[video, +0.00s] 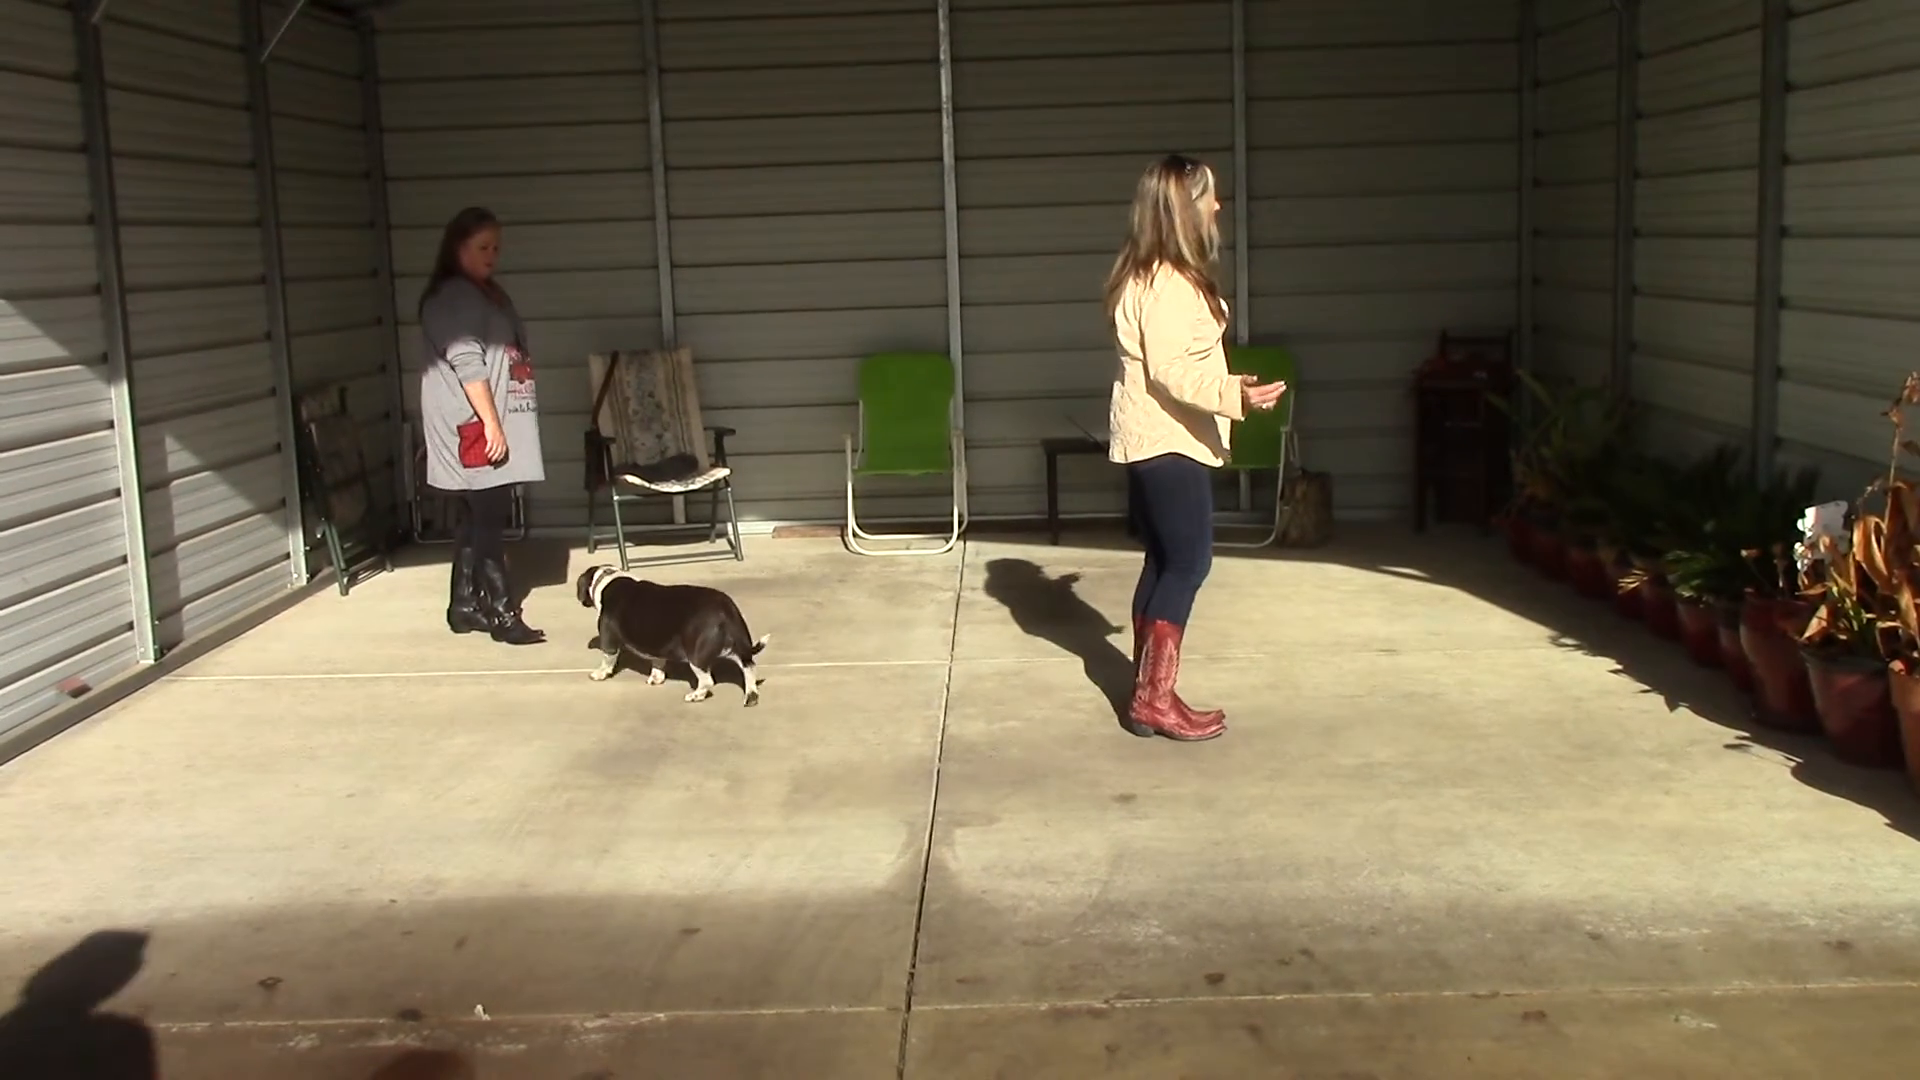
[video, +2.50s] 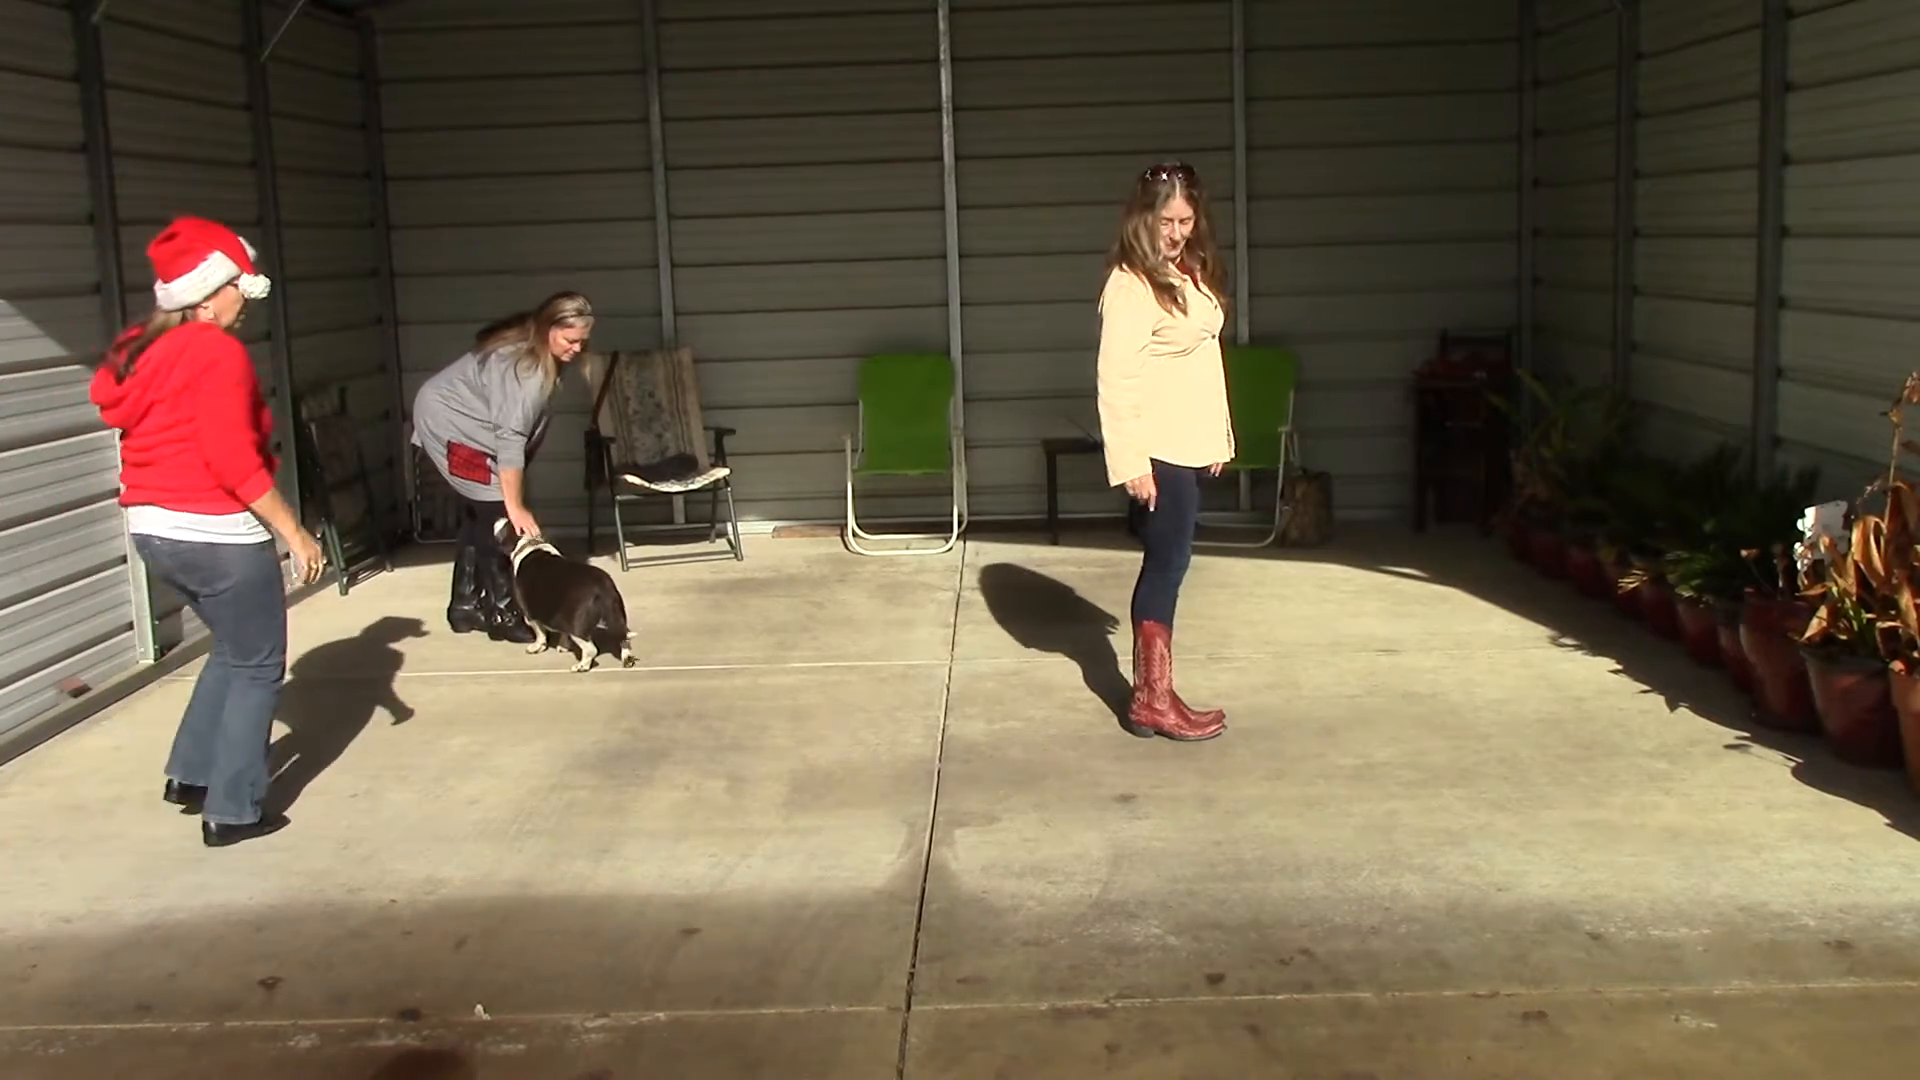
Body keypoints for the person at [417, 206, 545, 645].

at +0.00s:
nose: (492, 255)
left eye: (495, 247)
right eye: (483, 247)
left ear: (496, 249)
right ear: (458, 249)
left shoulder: (487, 294)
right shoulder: (451, 298)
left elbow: (495, 360)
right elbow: (467, 366)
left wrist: (508, 421)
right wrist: (491, 423)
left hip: (485, 420)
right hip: (469, 423)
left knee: (478, 510)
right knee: (490, 510)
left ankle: (464, 602)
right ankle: (500, 611)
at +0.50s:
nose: (497, 265)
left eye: (501, 256)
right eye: (489, 256)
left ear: (503, 256)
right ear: (465, 255)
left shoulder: (497, 300)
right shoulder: (455, 305)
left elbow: (502, 367)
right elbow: (468, 377)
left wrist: (509, 429)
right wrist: (489, 435)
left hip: (485, 429)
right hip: (469, 432)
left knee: (471, 515)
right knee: (489, 517)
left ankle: (464, 604)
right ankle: (497, 610)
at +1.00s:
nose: (543, 318)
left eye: (548, 311)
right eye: (536, 310)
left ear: (552, 307)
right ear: (513, 302)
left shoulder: (531, 338)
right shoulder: (496, 342)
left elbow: (528, 403)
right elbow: (497, 418)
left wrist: (515, 454)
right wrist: (518, 484)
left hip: (477, 420)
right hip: (444, 421)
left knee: (482, 506)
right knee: (491, 506)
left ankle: (465, 603)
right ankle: (501, 611)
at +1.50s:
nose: (567, 358)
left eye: (573, 351)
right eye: (560, 349)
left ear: (581, 344)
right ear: (540, 336)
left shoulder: (541, 364)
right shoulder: (519, 374)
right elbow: (511, 448)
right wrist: (527, 514)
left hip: (463, 417)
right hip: (444, 419)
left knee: (482, 506)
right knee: (494, 507)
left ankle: (464, 605)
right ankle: (501, 611)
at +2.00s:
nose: (569, 353)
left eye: (575, 346)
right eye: (563, 344)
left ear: (581, 340)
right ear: (542, 332)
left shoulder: (540, 362)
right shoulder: (521, 371)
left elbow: (534, 429)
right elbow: (514, 443)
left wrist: (517, 483)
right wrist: (527, 509)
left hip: (461, 417)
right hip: (445, 419)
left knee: (483, 506)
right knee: (495, 508)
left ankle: (464, 606)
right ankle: (500, 612)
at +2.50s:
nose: (576, 349)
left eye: (581, 342)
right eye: (571, 341)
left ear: (585, 335)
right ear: (549, 330)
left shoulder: (533, 352)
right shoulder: (526, 368)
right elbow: (510, 441)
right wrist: (515, 508)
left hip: (453, 411)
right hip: (445, 416)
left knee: (480, 507)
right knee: (494, 508)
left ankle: (464, 604)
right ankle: (502, 611)